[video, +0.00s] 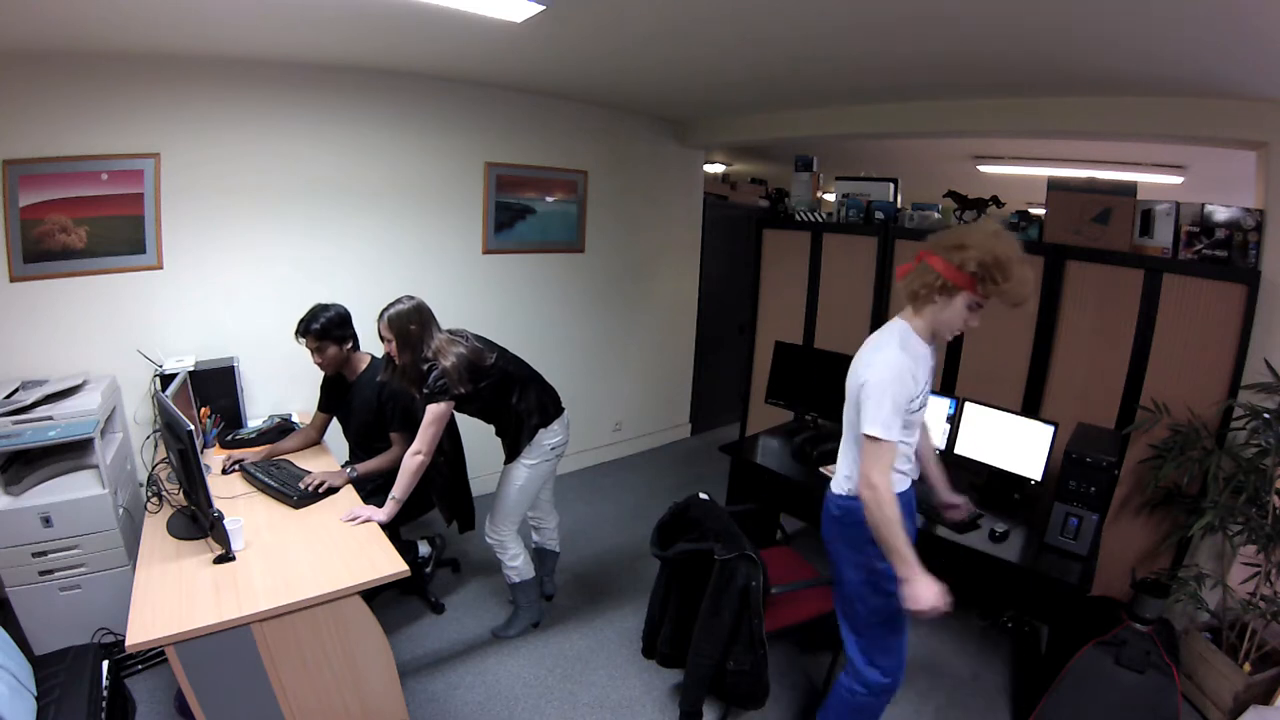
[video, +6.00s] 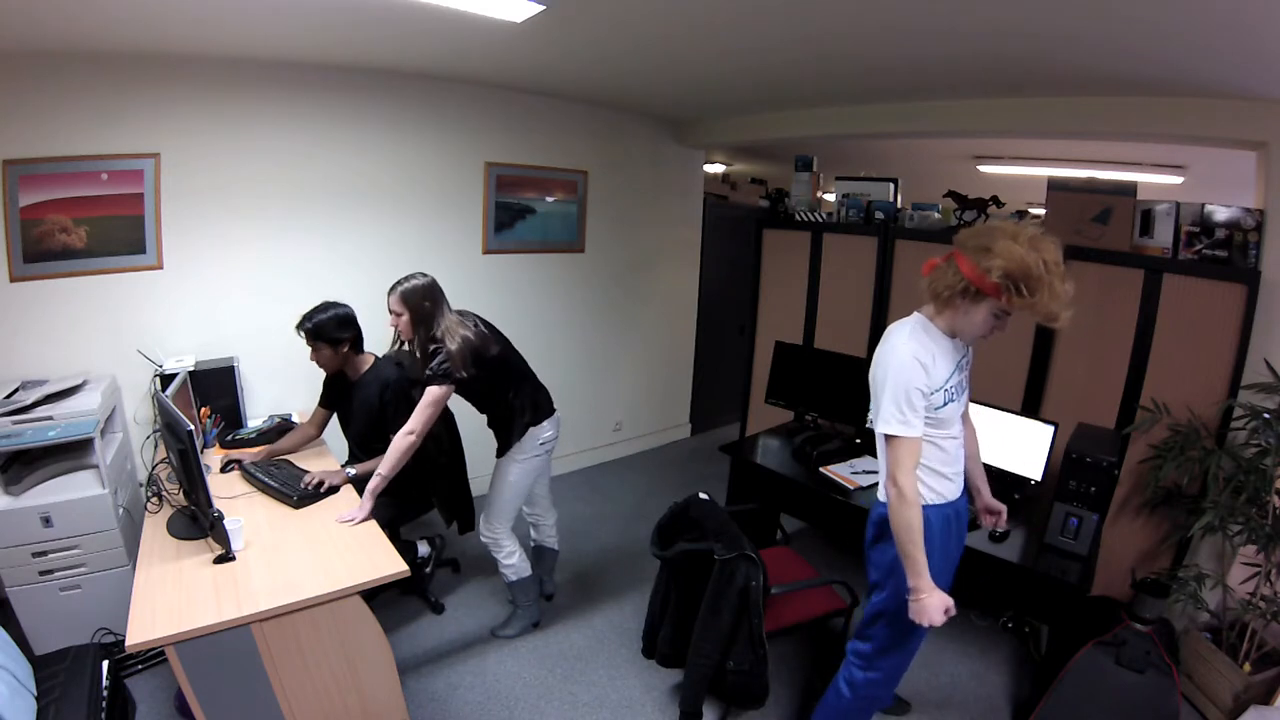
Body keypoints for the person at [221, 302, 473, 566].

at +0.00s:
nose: (315, 360)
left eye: (320, 351)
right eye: (310, 352)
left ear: (347, 344)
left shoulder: (389, 382)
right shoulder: (335, 378)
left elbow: (402, 450)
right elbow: (313, 432)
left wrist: (348, 473)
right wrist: (261, 454)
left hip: (404, 477)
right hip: (365, 474)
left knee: (340, 530)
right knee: (314, 512)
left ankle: (419, 552)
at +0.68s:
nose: (317, 361)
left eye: (322, 352)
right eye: (313, 353)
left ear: (348, 343)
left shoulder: (389, 381)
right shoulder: (337, 375)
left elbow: (404, 450)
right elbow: (325, 424)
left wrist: (347, 471)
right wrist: (287, 446)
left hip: (404, 477)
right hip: (364, 474)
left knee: (344, 529)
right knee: (317, 514)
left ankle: (419, 553)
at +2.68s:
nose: (318, 357)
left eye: (323, 348)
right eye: (314, 349)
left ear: (350, 340)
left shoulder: (388, 382)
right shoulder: (338, 375)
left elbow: (402, 451)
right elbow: (332, 428)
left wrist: (346, 474)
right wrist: (312, 458)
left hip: (407, 477)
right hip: (365, 473)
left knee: (343, 532)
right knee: (320, 514)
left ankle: (420, 552)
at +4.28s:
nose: (319, 357)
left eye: (325, 348)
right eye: (315, 349)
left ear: (351, 342)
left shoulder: (388, 379)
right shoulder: (339, 375)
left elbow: (403, 451)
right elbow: (325, 424)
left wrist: (346, 473)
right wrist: (288, 447)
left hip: (403, 479)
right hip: (363, 474)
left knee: (343, 531)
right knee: (318, 514)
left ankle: (418, 553)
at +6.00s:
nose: (312, 356)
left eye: (316, 348)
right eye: (310, 348)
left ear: (343, 346)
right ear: (337, 348)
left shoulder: (392, 380)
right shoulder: (337, 378)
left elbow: (407, 448)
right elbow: (312, 428)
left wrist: (346, 473)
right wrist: (261, 453)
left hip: (415, 477)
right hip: (372, 470)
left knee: (353, 532)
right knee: (322, 514)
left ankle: (418, 554)